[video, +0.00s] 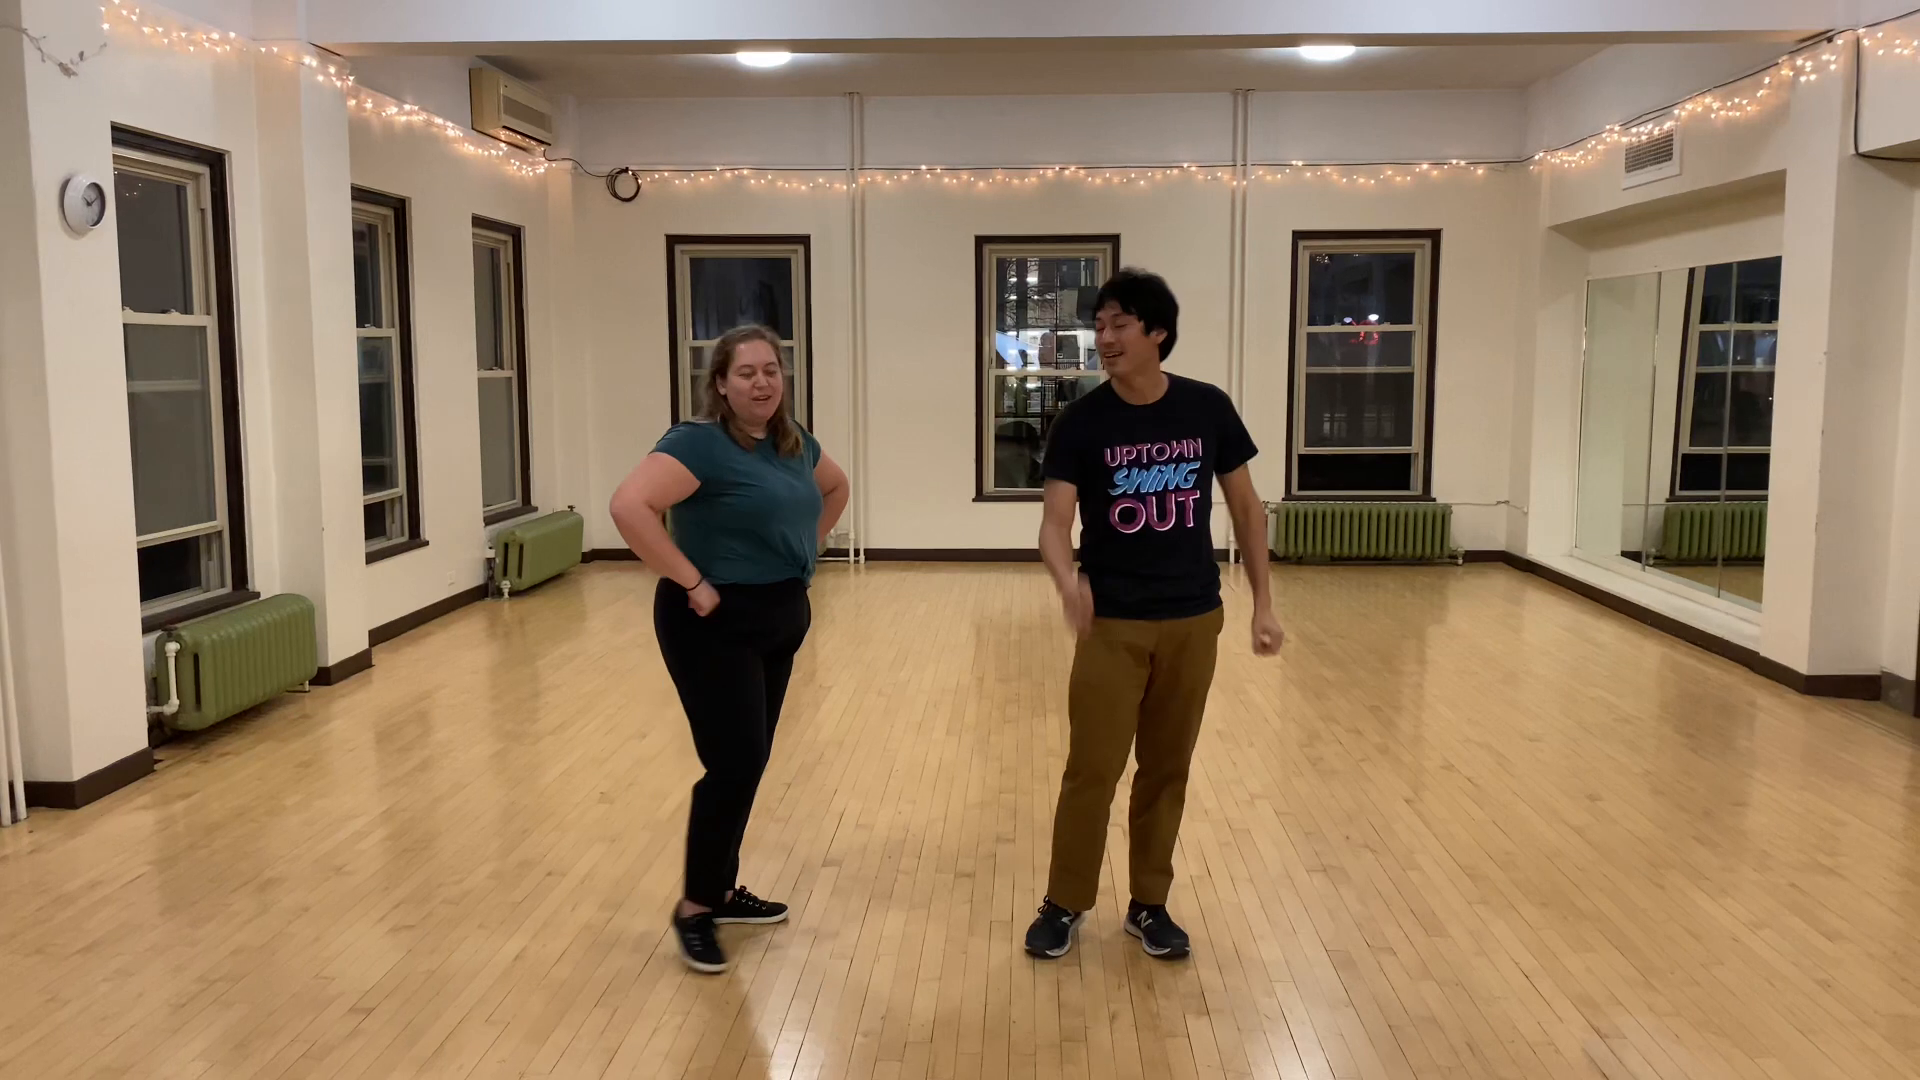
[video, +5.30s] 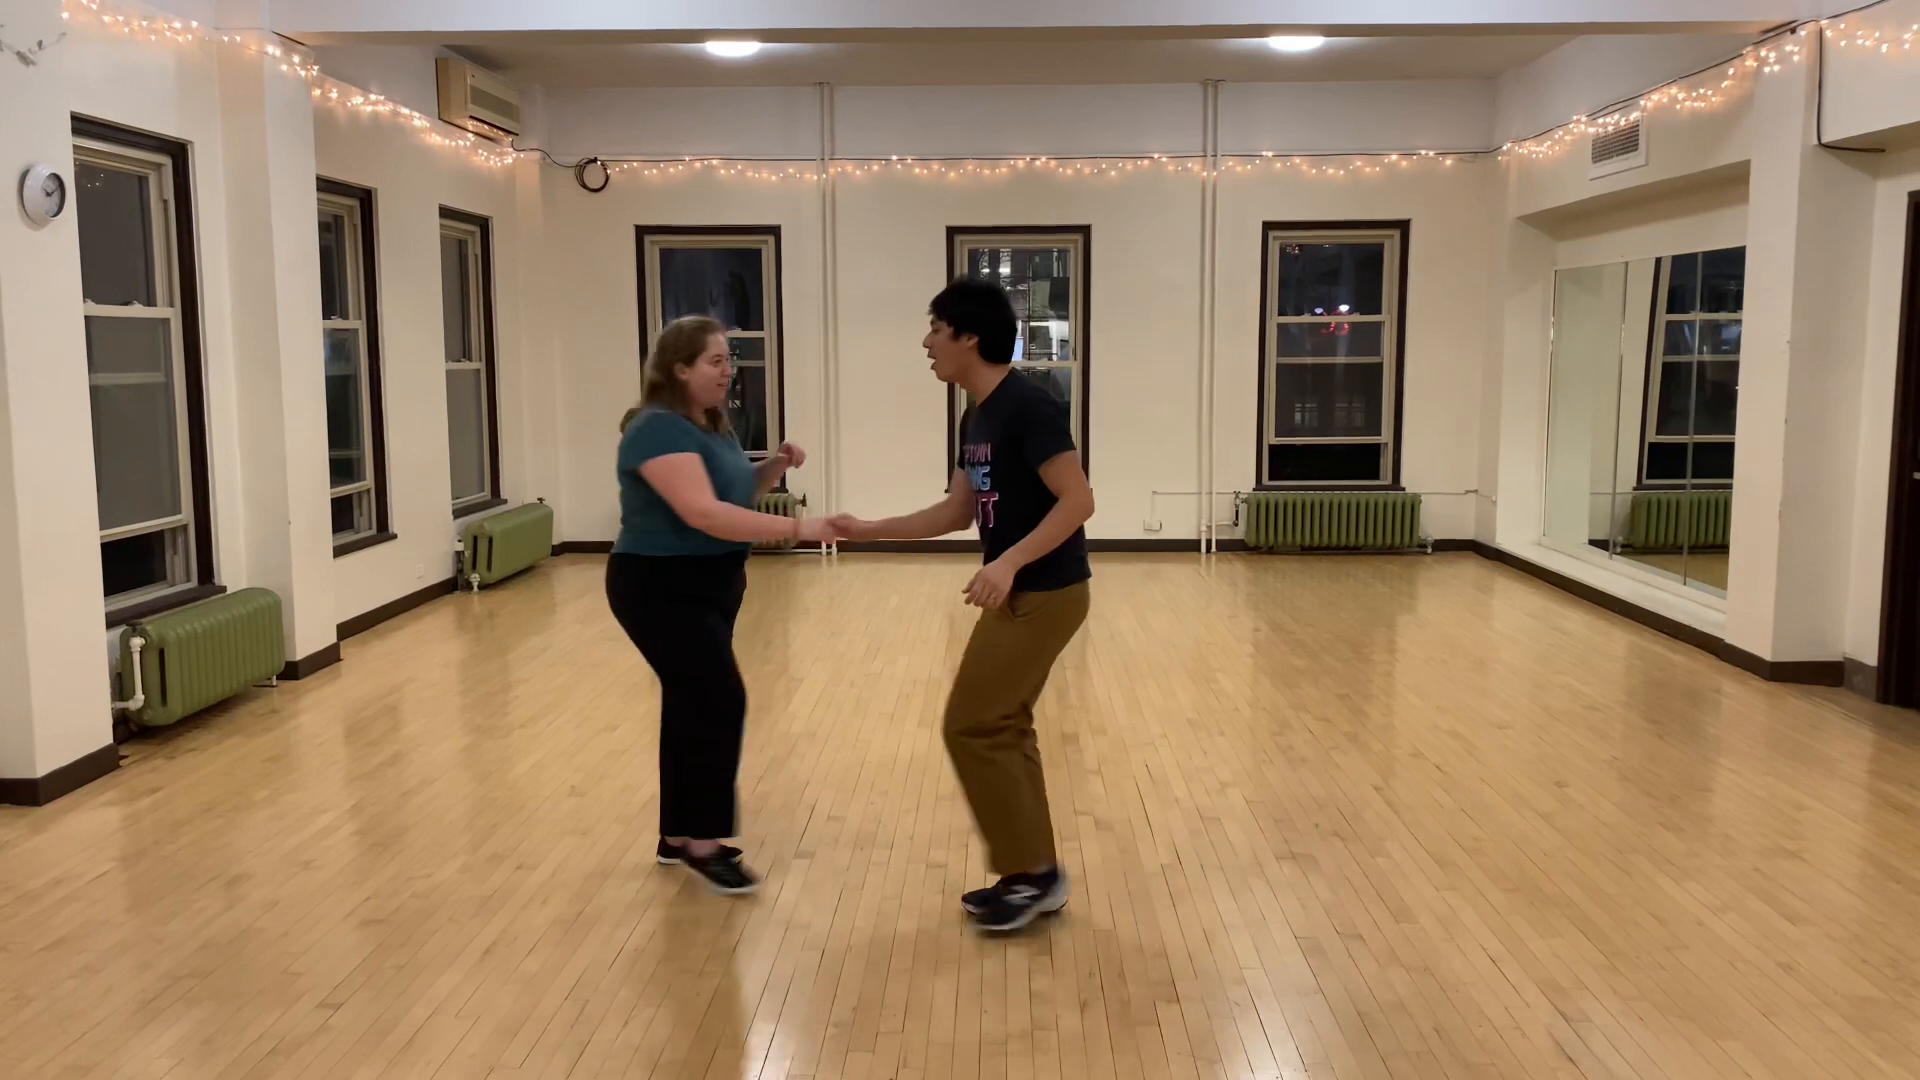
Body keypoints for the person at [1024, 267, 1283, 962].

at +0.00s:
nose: (1107, 337)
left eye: (1120, 324)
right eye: (1100, 327)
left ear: (1160, 332)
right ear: (1095, 336)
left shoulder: (1207, 408)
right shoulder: (1079, 423)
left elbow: (1246, 507)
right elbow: (1055, 527)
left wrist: (1263, 602)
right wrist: (1068, 581)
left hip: (1191, 624)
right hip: (1109, 626)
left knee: (1166, 773)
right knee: (1090, 772)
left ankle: (1149, 905)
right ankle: (1064, 903)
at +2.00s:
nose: (1114, 341)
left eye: (1127, 332)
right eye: (1113, 328)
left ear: (1166, 340)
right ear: (1118, 329)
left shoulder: (1212, 410)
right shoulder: (1097, 399)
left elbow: (1241, 516)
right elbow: (1071, 493)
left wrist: (1237, 608)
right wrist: (1065, 578)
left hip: (1175, 597)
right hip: (1098, 595)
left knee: (1185, 726)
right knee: (1102, 728)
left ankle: (1196, 853)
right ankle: (1112, 854)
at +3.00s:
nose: (1043, 343)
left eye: (1051, 331)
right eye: (1042, 331)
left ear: (1089, 332)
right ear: (1074, 334)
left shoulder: (1147, 403)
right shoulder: (1064, 405)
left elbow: (1168, 511)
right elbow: (1049, 497)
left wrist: (1138, 602)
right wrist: (982, 537)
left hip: (1128, 598)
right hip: (1068, 596)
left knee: (1141, 739)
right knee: (1090, 730)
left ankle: (1160, 885)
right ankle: (1107, 851)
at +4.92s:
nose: (992, 372)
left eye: (998, 359)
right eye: (991, 359)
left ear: (1033, 358)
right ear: (1036, 359)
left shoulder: (1090, 423)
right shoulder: (1056, 421)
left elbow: (1113, 536)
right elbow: (1050, 506)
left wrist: (1054, 618)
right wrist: (973, 536)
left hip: (1118, 608)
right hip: (1072, 607)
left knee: (1133, 741)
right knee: (1035, 739)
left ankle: (1196, 875)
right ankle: (1037, 883)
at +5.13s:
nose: (950, 346)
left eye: (958, 333)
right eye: (951, 333)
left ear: (994, 339)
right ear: (993, 341)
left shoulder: (1050, 406)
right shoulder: (1009, 410)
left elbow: (1096, 508)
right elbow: (1011, 508)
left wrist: (1029, 580)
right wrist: (935, 543)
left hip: (1074, 596)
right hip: (1036, 596)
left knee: (1043, 731)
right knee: (1020, 733)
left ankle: (1146, 845)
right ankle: (1037, 881)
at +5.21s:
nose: (936, 343)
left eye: (944, 331)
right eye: (938, 330)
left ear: (980, 338)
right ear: (976, 336)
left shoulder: (1038, 403)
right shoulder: (993, 411)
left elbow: (1087, 502)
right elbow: (987, 507)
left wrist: (1017, 569)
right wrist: (903, 536)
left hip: (1059, 591)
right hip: (1026, 591)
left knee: (1006, 727)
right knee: (1013, 728)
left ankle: (1098, 855)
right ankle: (1035, 878)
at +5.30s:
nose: (926, 343)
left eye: (936, 331)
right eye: (929, 331)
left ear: (970, 339)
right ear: (968, 341)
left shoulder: (1028, 406)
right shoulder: (977, 419)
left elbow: (1078, 500)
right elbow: (954, 512)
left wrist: (1009, 562)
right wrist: (867, 529)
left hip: (1046, 597)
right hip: (1021, 594)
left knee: (973, 726)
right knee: (1005, 726)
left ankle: (1031, 876)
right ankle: (1033, 873)